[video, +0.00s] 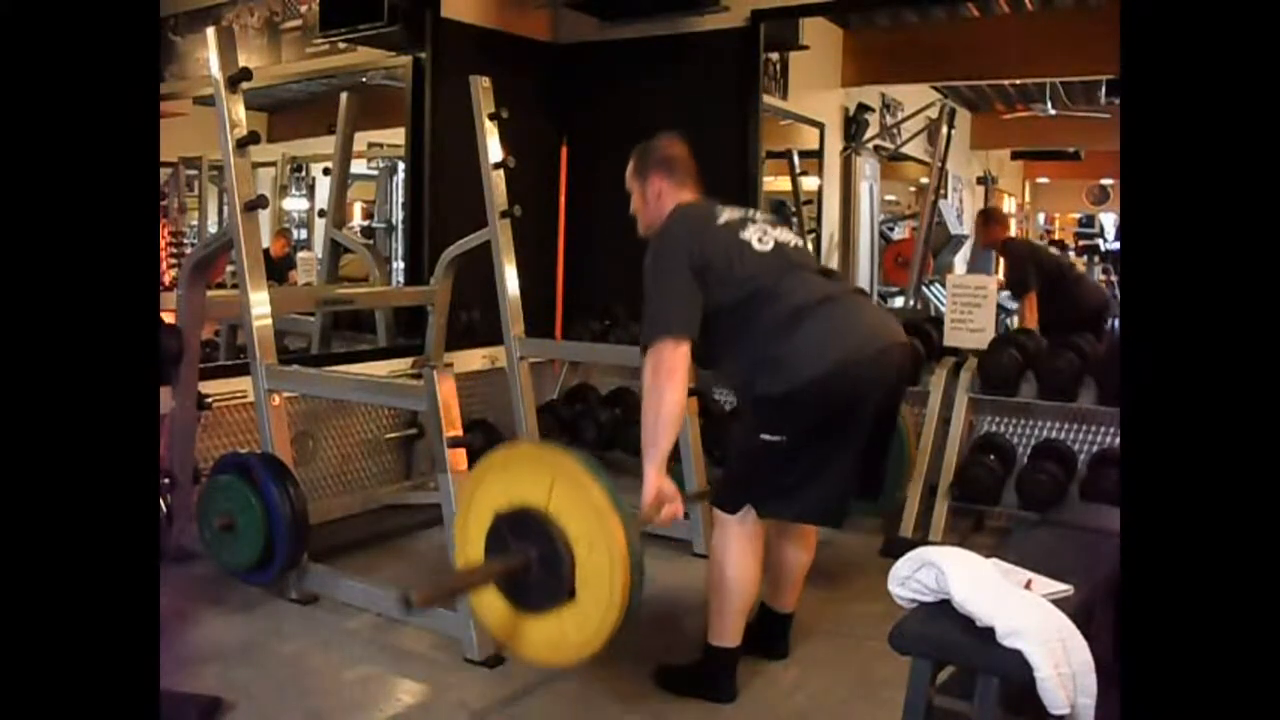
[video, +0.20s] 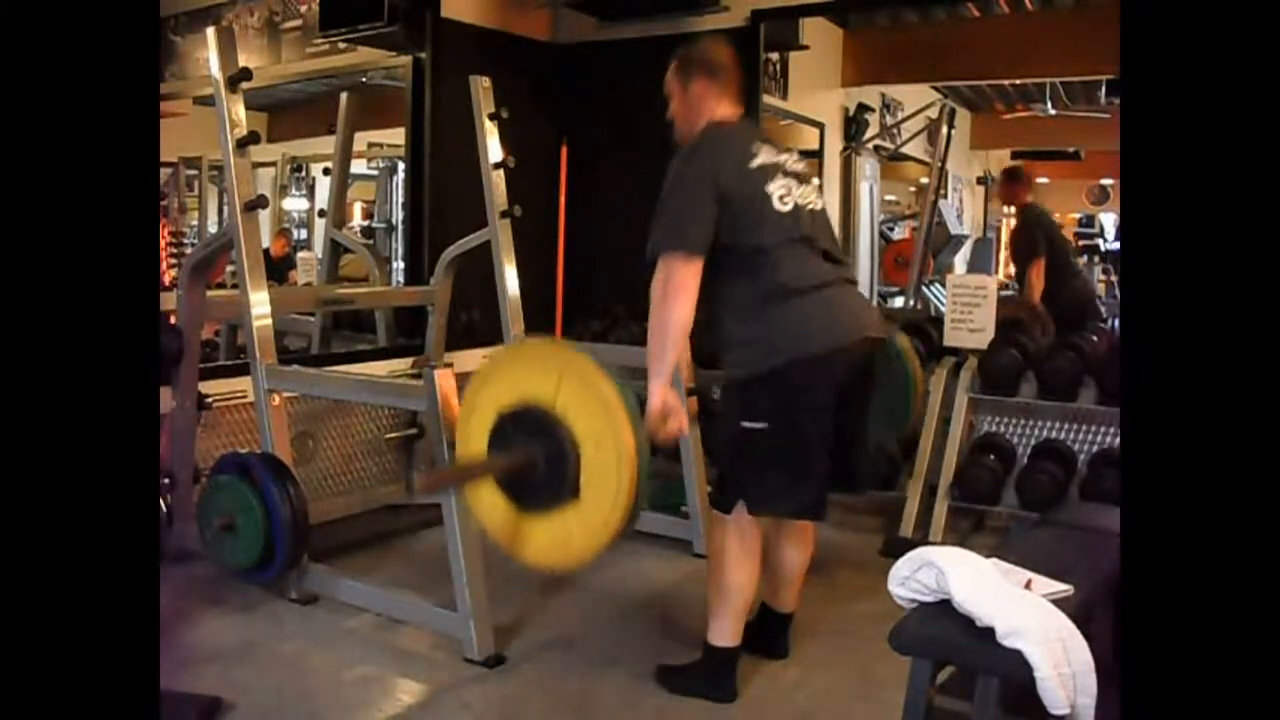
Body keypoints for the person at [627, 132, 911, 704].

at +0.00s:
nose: (633, 212)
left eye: (634, 197)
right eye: (631, 198)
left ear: (657, 188)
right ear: (689, 185)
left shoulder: (676, 238)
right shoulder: (743, 221)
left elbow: (669, 354)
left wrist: (654, 468)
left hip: (811, 368)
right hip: (883, 353)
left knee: (736, 506)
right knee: (799, 505)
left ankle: (716, 669)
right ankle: (773, 631)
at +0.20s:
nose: (671, 111)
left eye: (673, 96)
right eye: (671, 97)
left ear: (696, 90)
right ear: (733, 91)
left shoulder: (703, 157)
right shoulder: (779, 155)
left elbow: (679, 271)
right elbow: (815, 255)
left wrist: (661, 383)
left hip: (775, 357)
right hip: (844, 346)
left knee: (736, 502)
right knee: (797, 497)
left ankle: (717, 665)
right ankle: (775, 630)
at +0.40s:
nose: (733, 80)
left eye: (735, 65)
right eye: (732, 67)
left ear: (760, 52)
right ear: (795, 53)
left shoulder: (758, 117)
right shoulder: (835, 128)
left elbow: (706, 233)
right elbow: (823, 248)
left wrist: (661, 330)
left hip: (749, 343)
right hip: (818, 342)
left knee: (727, 504)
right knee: (776, 490)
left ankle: (716, 668)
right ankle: (772, 631)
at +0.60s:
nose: (753, 86)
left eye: (755, 71)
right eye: (751, 73)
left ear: (784, 59)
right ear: (815, 59)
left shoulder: (777, 129)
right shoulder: (854, 141)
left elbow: (713, 244)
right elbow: (821, 255)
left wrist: (659, 333)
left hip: (744, 346)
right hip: (811, 345)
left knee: (720, 502)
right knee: (771, 490)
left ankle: (714, 668)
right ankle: (771, 631)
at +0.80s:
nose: (733, 86)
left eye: (735, 70)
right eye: (732, 72)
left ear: (760, 57)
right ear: (793, 57)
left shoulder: (762, 126)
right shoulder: (838, 130)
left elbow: (710, 243)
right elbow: (819, 248)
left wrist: (663, 337)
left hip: (746, 345)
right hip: (814, 343)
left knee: (722, 503)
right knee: (775, 489)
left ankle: (715, 668)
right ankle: (770, 631)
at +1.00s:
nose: (707, 91)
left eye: (706, 76)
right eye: (704, 78)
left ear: (730, 62)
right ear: (771, 60)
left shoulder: (741, 129)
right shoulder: (818, 129)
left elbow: (704, 247)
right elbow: (811, 247)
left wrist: (669, 345)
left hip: (754, 348)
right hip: (824, 345)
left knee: (727, 509)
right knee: (781, 494)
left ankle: (715, 668)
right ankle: (772, 631)